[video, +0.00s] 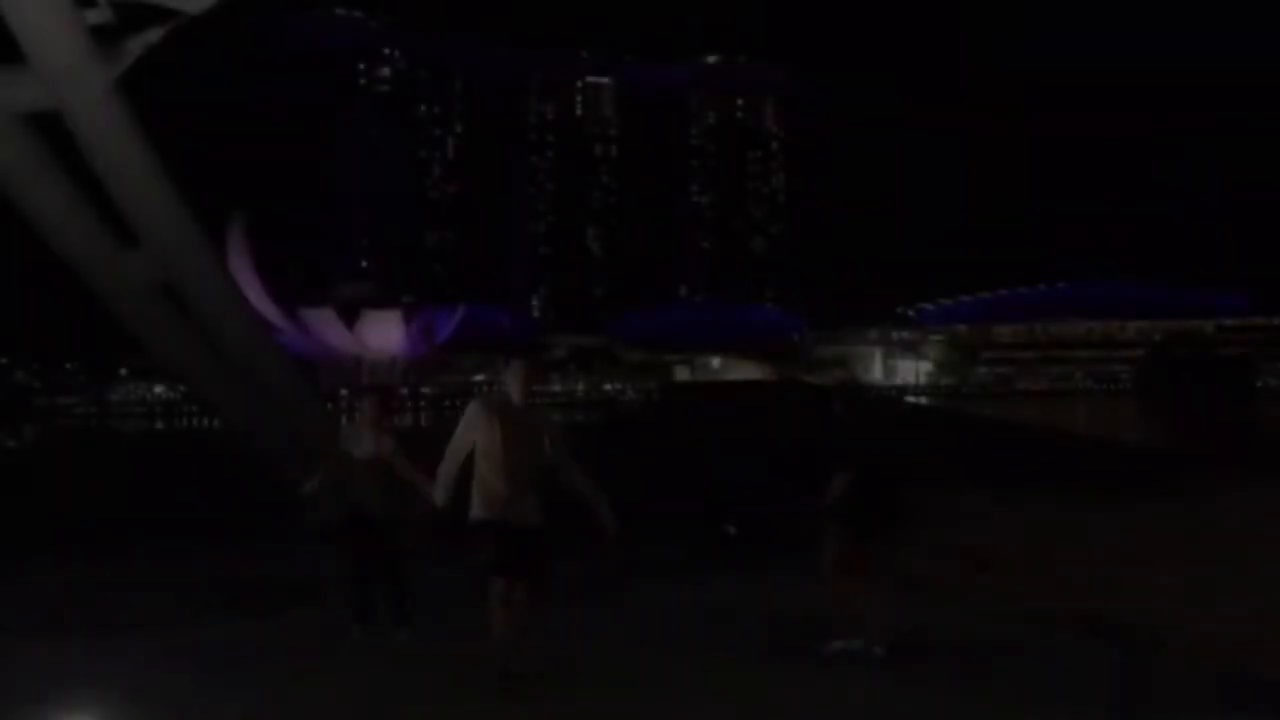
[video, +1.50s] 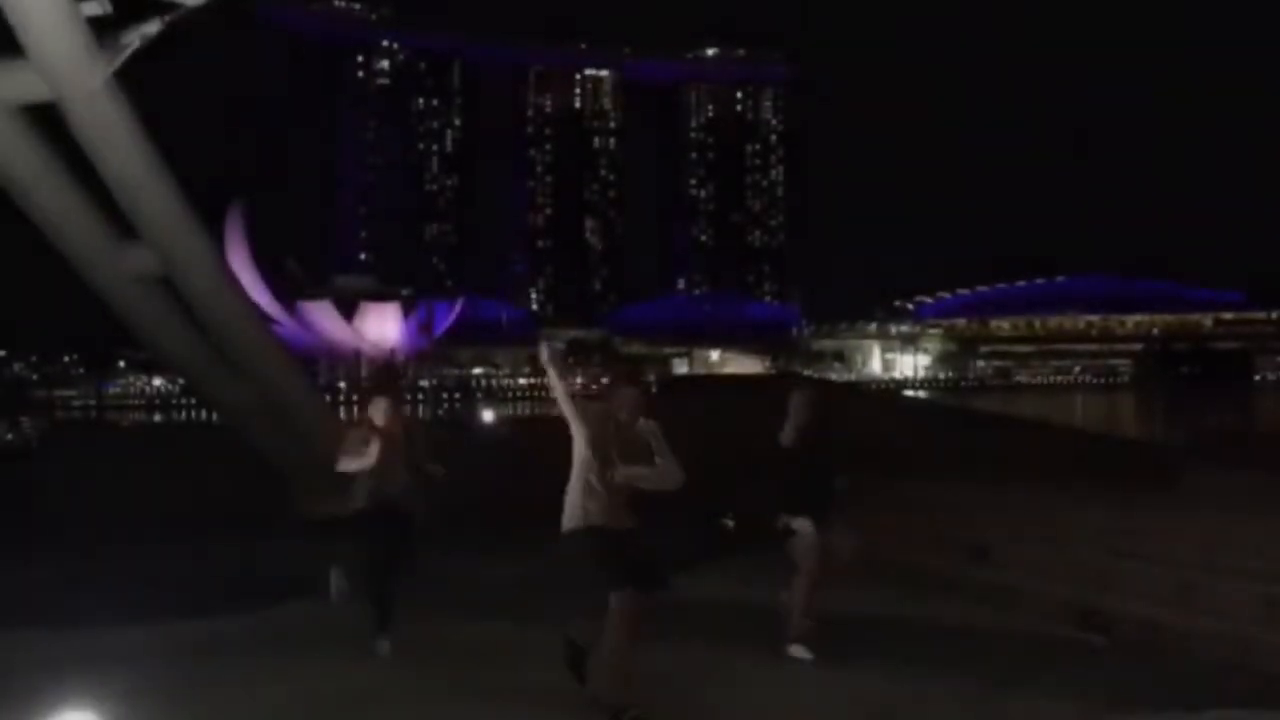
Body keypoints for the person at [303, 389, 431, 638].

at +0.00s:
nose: (368, 417)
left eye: (372, 412)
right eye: (363, 412)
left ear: (379, 414)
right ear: (357, 414)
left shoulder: (384, 441)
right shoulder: (347, 439)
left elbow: (404, 469)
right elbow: (332, 464)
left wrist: (427, 490)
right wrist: (316, 483)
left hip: (384, 507)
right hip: (352, 507)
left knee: (389, 563)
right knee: (357, 565)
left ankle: (397, 616)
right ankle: (360, 617)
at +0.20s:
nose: (343, 428)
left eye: (348, 422)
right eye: (340, 422)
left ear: (356, 425)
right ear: (334, 426)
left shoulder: (364, 454)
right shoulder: (340, 454)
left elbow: (385, 487)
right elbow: (329, 477)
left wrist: (395, 520)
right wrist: (312, 498)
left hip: (375, 523)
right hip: (351, 523)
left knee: (383, 573)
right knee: (358, 575)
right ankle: (361, 620)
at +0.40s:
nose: (328, 425)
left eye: (334, 419)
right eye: (326, 420)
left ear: (347, 421)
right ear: (325, 423)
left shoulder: (359, 446)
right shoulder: (331, 448)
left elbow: (356, 489)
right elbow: (334, 489)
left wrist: (352, 526)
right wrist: (314, 515)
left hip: (381, 514)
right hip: (358, 514)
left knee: (389, 570)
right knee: (359, 570)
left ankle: (401, 622)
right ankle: (363, 620)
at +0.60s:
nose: (332, 423)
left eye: (336, 416)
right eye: (328, 417)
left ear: (349, 418)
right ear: (324, 421)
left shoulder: (364, 440)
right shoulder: (330, 450)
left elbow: (364, 476)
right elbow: (331, 485)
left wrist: (348, 505)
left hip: (378, 512)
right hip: (352, 514)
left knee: (383, 570)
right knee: (357, 571)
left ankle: (392, 623)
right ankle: (360, 623)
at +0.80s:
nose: (341, 419)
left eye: (346, 412)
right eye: (337, 413)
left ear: (357, 414)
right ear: (332, 417)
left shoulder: (375, 441)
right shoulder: (327, 447)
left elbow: (392, 477)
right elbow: (318, 487)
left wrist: (381, 507)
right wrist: (341, 474)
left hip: (376, 517)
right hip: (345, 518)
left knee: (382, 569)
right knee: (351, 572)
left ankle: (389, 624)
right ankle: (356, 624)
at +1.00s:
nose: (354, 412)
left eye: (359, 407)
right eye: (350, 407)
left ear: (368, 411)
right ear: (343, 411)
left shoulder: (381, 435)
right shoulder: (333, 437)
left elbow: (412, 459)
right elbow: (304, 463)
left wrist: (416, 493)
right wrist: (332, 473)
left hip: (380, 511)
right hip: (346, 512)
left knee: (381, 569)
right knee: (351, 570)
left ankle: (379, 625)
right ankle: (354, 623)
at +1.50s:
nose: (382, 414)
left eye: (388, 408)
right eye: (377, 408)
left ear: (395, 409)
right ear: (368, 408)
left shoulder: (405, 434)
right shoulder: (359, 434)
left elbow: (418, 467)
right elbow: (344, 464)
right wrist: (370, 454)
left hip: (399, 508)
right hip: (367, 508)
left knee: (392, 570)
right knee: (375, 570)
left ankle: (386, 629)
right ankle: (381, 630)